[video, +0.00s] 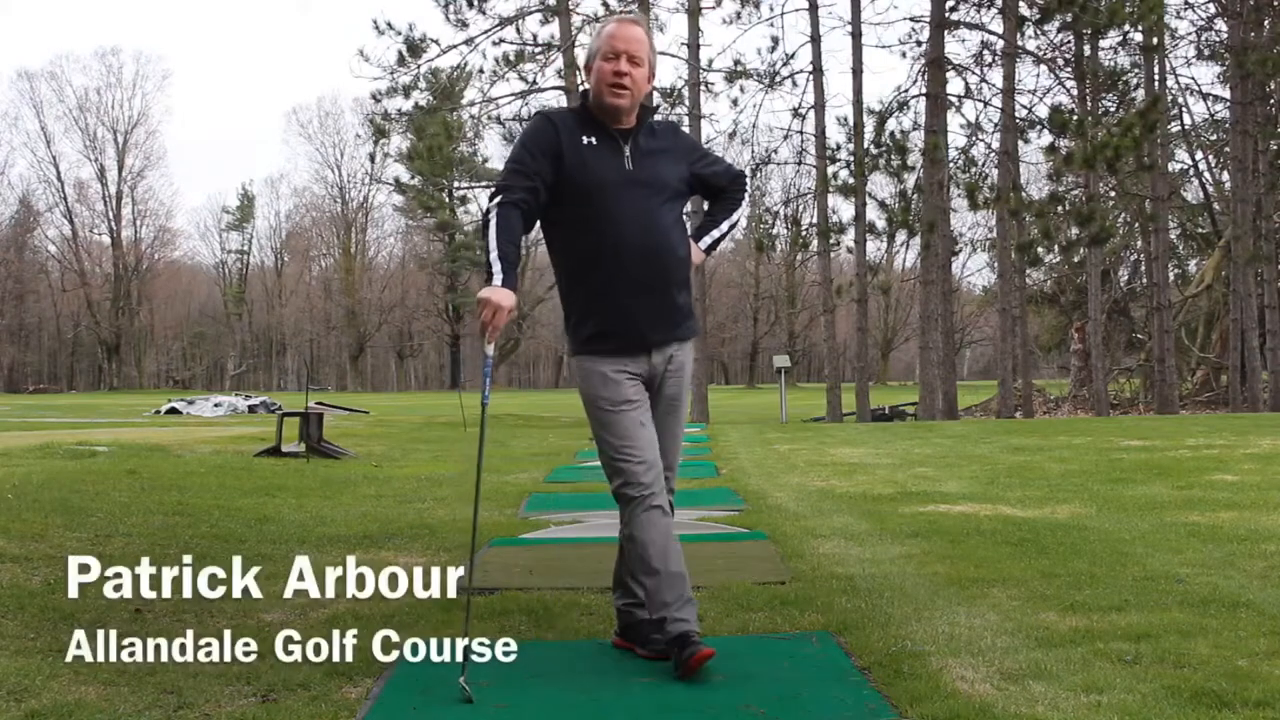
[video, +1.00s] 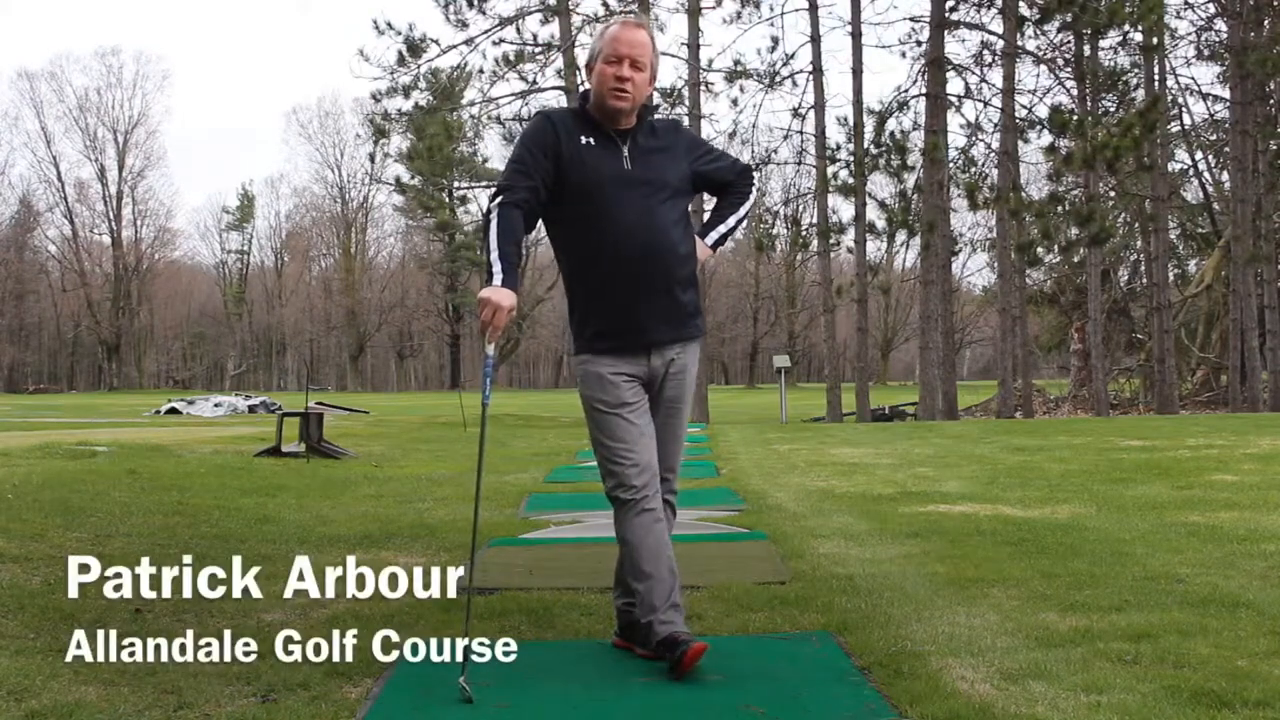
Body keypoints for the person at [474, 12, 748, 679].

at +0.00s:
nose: (620, 68)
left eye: (633, 60)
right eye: (610, 57)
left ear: (651, 77)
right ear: (588, 69)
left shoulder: (673, 141)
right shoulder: (553, 131)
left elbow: (732, 185)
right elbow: (511, 201)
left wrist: (701, 241)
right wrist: (502, 280)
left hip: (674, 339)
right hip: (600, 345)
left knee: (657, 487)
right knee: (642, 485)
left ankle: (635, 618)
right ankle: (681, 632)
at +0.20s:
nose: (621, 68)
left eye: (634, 60)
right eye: (611, 57)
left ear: (651, 78)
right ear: (589, 69)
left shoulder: (672, 141)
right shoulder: (555, 130)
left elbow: (730, 183)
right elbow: (512, 202)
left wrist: (703, 238)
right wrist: (506, 280)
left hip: (676, 339)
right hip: (602, 344)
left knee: (659, 487)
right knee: (638, 485)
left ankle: (635, 619)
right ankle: (675, 633)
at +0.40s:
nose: (622, 70)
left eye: (636, 62)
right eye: (612, 58)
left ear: (653, 78)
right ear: (590, 69)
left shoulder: (673, 142)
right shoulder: (554, 130)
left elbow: (732, 185)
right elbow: (513, 204)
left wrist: (704, 239)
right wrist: (507, 281)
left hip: (676, 339)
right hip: (602, 343)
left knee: (659, 487)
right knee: (639, 485)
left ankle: (635, 619)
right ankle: (677, 633)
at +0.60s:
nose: (625, 70)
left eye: (639, 62)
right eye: (615, 58)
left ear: (654, 80)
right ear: (591, 69)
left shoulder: (674, 141)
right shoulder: (553, 131)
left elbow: (733, 183)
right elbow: (511, 202)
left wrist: (707, 238)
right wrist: (506, 281)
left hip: (678, 339)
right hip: (602, 343)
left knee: (660, 487)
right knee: (640, 485)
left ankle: (636, 619)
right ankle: (676, 634)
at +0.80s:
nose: (620, 71)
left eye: (634, 63)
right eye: (610, 59)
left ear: (652, 79)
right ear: (589, 70)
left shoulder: (674, 139)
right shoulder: (553, 131)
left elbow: (738, 181)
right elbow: (511, 203)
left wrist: (709, 238)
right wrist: (504, 280)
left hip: (678, 339)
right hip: (602, 343)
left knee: (660, 487)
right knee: (638, 485)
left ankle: (635, 618)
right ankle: (672, 632)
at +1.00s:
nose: (621, 73)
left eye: (635, 64)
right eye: (611, 61)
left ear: (652, 78)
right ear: (590, 70)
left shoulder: (675, 140)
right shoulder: (553, 132)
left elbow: (741, 179)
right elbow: (511, 201)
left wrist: (710, 237)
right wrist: (503, 280)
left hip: (679, 340)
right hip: (603, 345)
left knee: (661, 488)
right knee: (637, 486)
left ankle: (634, 618)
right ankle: (669, 631)